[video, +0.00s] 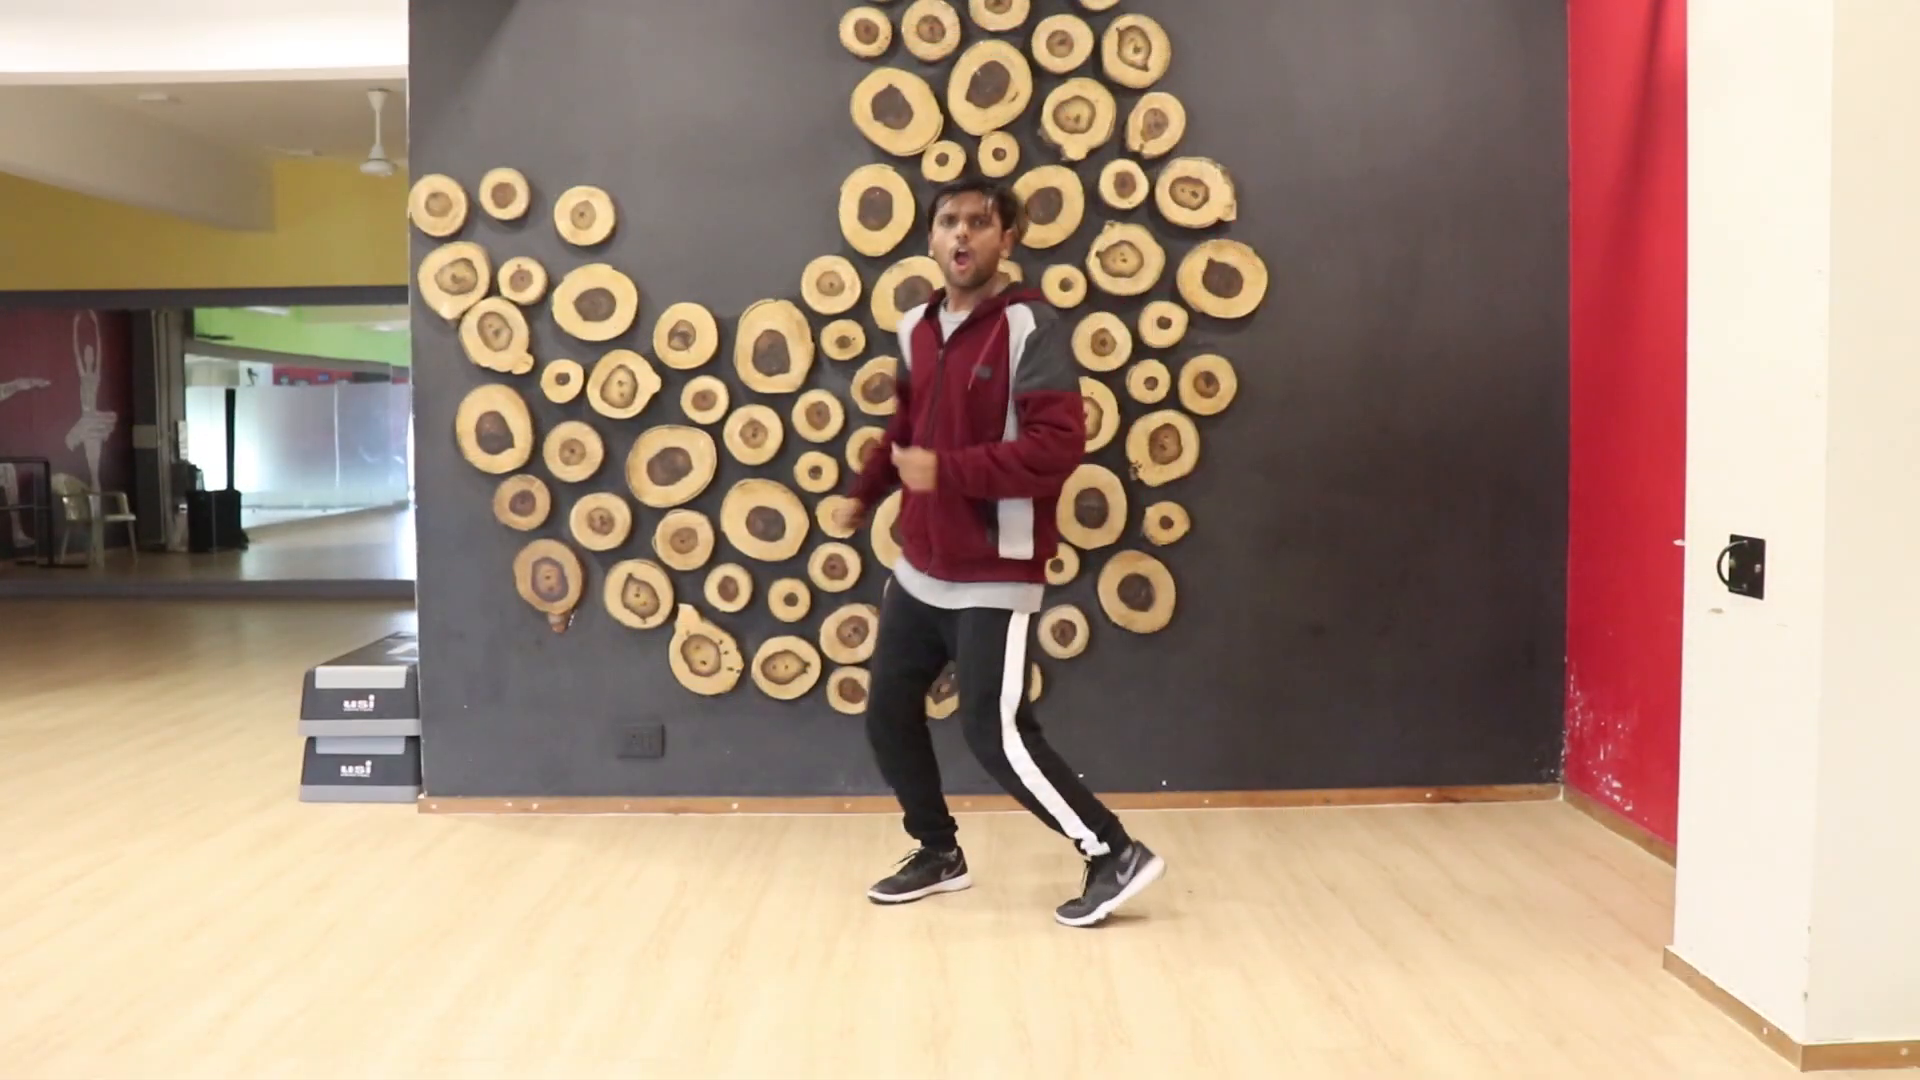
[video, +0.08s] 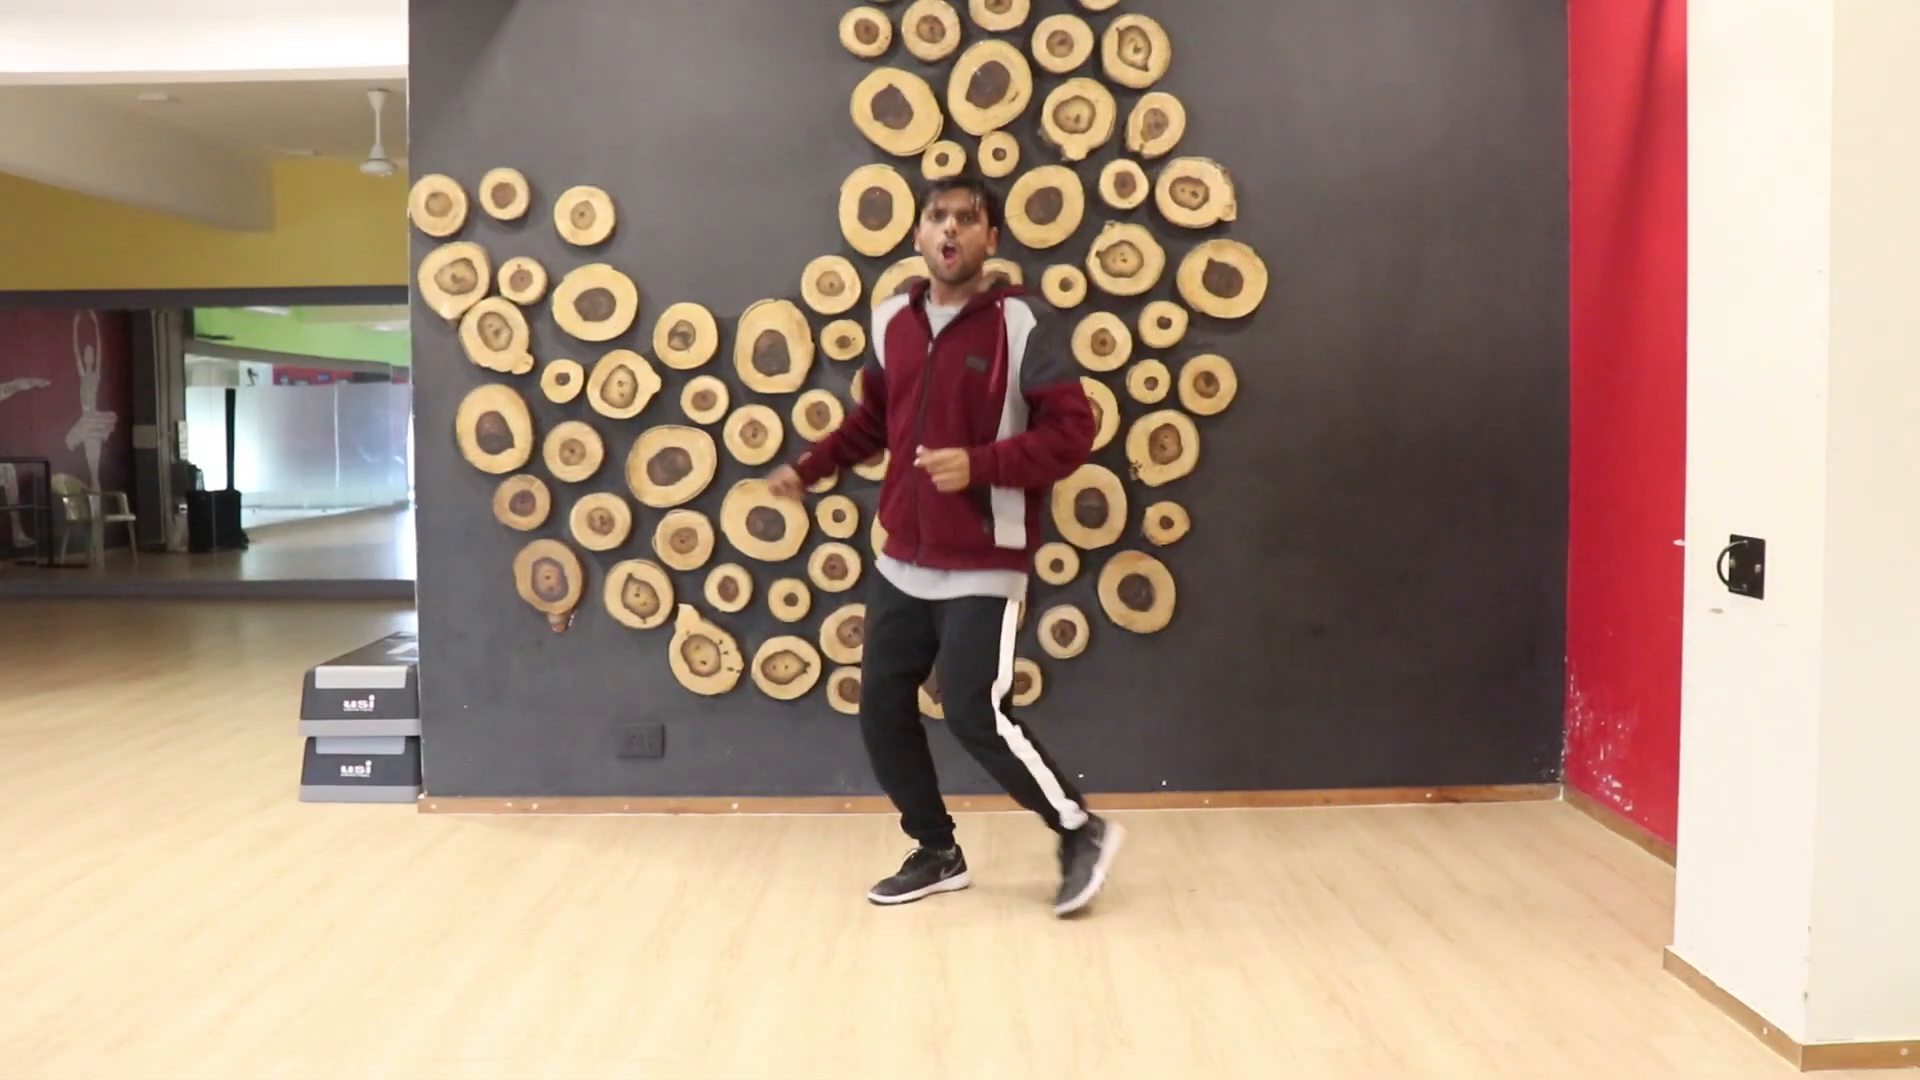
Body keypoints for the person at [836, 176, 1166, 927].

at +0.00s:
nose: (961, 236)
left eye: (977, 224)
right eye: (949, 224)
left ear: (1007, 240)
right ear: (931, 240)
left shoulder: (1032, 329)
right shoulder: (920, 331)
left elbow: (1057, 446)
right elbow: (907, 422)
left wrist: (945, 470)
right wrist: (861, 493)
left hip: (1000, 573)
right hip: (924, 564)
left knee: (996, 730)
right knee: (889, 714)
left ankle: (1113, 854)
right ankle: (937, 850)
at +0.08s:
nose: (949, 231)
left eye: (965, 219)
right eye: (937, 218)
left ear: (991, 237)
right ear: (919, 235)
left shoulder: (1021, 324)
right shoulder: (895, 318)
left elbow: (1074, 427)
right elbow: (875, 420)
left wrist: (980, 464)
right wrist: (808, 467)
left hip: (986, 565)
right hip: (905, 559)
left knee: (971, 710)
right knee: (881, 706)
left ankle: (1079, 831)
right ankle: (936, 850)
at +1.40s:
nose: (917, 227)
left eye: (931, 218)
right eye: (903, 217)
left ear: (952, 238)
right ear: (880, 237)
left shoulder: (988, 317)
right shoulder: (846, 313)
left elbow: (1039, 409)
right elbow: (790, 386)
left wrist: (1044, 501)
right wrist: (821, 403)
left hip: (953, 544)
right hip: (862, 542)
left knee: (951, 700)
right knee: (863, 698)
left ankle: (949, 841)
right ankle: (882, 840)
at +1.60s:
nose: (920, 233)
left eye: (934, 224)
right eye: (905, 223)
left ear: (955, 243)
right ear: (882, 243)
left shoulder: (991, 329)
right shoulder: (846, 330)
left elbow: (1018, 449)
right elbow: (824, 446)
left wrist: (997, 549)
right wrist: (843, 539)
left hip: (954, 556)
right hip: (866, 555)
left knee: (951, 706)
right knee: (864, 706)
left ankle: (949, 840)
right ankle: (882, 840)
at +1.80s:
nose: (923, 243)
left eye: (936, 232)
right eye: (908, 232)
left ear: (957, 250)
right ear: (886, 251)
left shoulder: (998, 334)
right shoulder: (850, 338)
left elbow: (1026, 447)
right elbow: (828, 453)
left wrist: (1002, 540)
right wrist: (847, 553)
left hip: (954, 556)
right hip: (866, 554)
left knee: (944, 703)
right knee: (858, 704)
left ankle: (946, 843)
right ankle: (883, 842)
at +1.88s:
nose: (926, 251)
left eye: (939, 241)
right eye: (910, 241)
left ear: (959, 259)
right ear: (888, 260)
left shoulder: (1003, 341)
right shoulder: (857, 350)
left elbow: (1032, 453)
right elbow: (839, 466)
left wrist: (1006, 542)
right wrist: (861, 565)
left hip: (958, 560)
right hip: (872, 558)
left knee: (943, 705)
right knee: (857, 705)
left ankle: (946, 844)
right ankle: (884, 842)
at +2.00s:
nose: (929, 261)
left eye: (941, 252)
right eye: (914, 252)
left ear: (963, 268)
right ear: (892, 270)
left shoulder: (1008, 344)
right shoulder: (864, 357)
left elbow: (1046, 443)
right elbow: (853, 466)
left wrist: (1026, 529)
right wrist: (893, 536)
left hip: (974, 554)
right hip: (889, 550)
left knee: (960, 699)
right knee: (878, 687)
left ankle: (949, 840)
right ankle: (883, 827)